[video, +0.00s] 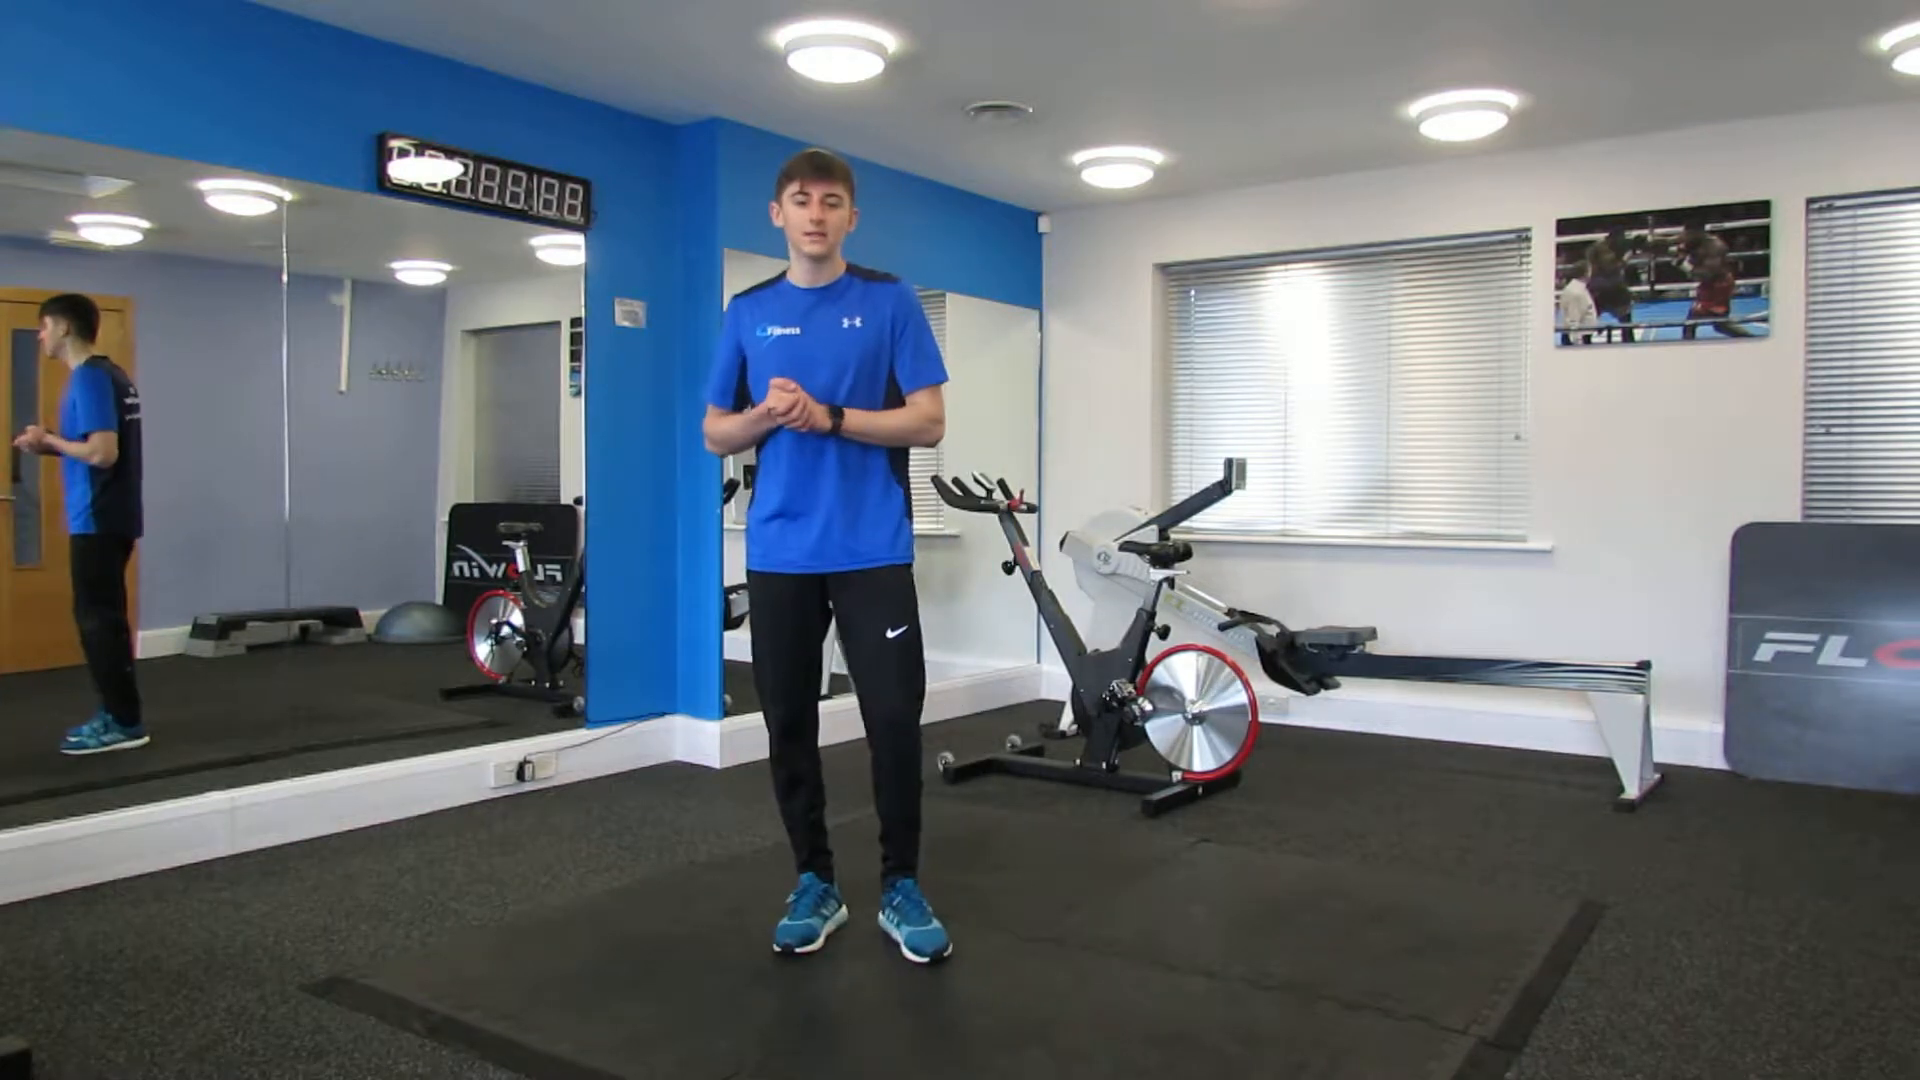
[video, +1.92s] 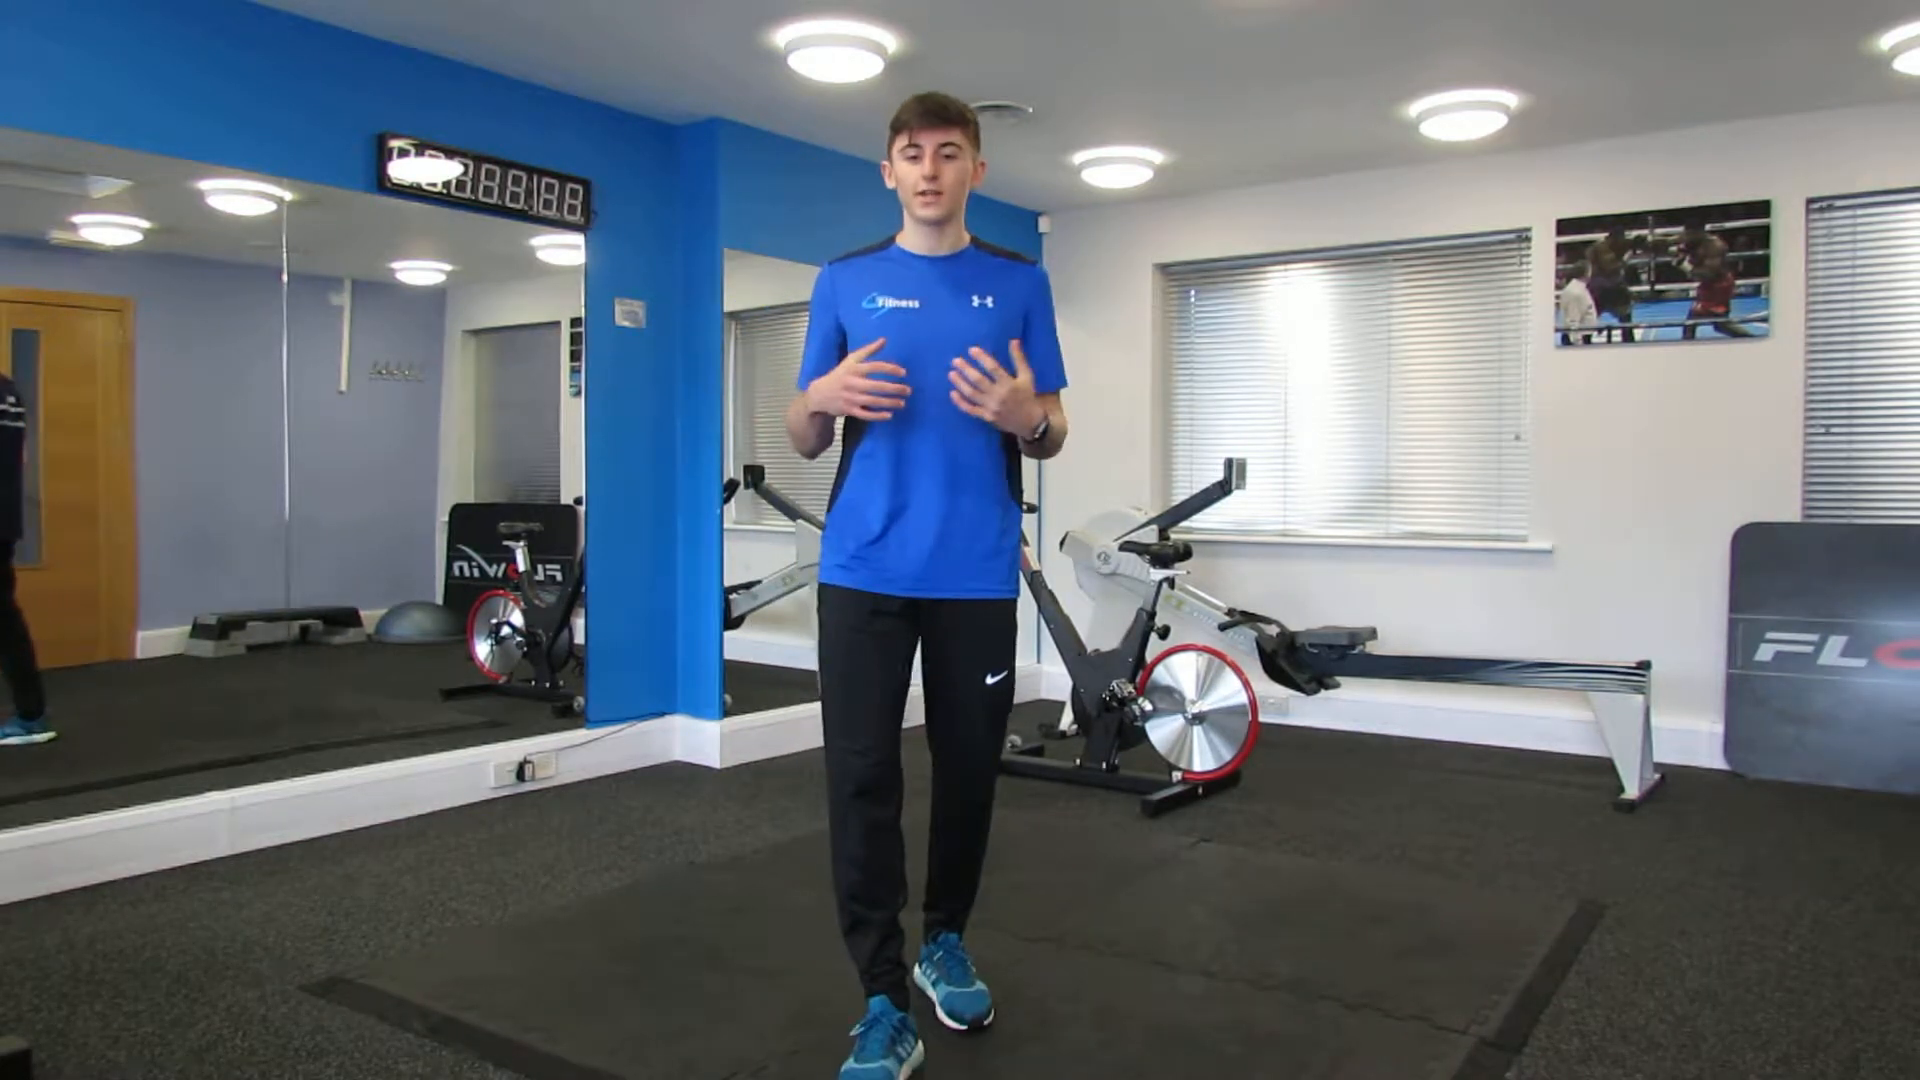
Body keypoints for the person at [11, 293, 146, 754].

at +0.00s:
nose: (40, 335)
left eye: (45, 326)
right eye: (41, 327)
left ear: (65, 328)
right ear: (81, 330)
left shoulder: (91, 376)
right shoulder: (109, 375)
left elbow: (103, 451)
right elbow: (96, 446)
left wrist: (50, 440)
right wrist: (49, 443)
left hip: (98, 524)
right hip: (109, 523)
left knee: (96, 616)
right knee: (104, 615)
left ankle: (124, 719)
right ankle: (117, 715)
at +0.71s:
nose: (27, 337)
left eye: (31, 328)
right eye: (29, 329)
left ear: (48, 329)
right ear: (68, 331)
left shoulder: (68, 378)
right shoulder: (101, 377)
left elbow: (72, 452)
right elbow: (85, 447)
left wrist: (35, 441)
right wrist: (38, 445)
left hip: (82, 525)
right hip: (100, 521)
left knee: (93, 618)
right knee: (66, 615)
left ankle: (126, 721)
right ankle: (60, 712)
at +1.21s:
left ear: (15, 335)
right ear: (41, 336)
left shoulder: (26, 379)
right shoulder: (72, 383)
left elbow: (23, 449)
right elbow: (64, 453)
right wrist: (18, 445)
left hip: (30, 525)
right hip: (63, 524)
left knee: (23, 617)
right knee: (39, 620)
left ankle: (99, 700)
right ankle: (35, 719)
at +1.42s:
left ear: (4, 337)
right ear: (31, 337)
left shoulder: (17, 378)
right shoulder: (58, 384)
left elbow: (12, 445)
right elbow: (54, 450)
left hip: (19, 519)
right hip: (52, 519)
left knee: (14, 610)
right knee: (33, 609)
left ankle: (39, 703)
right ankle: (43, 701)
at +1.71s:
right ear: (7, 335)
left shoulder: (7, 382)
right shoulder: (29, 384)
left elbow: (1, 448)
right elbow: (46, 457)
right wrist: (29, 499)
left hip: (10, 520)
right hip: (28, 519)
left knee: (20, 612)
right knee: (23, 611)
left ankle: (35, 716)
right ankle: (35, 715)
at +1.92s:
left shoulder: (10, 396)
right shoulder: (11, 396)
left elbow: (15, 463)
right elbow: (17, 462)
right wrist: (15, 527)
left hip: (3, 531)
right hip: (6, 529)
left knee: (6, 617)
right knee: (6, 616)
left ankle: (32, 714)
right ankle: (31, 714)